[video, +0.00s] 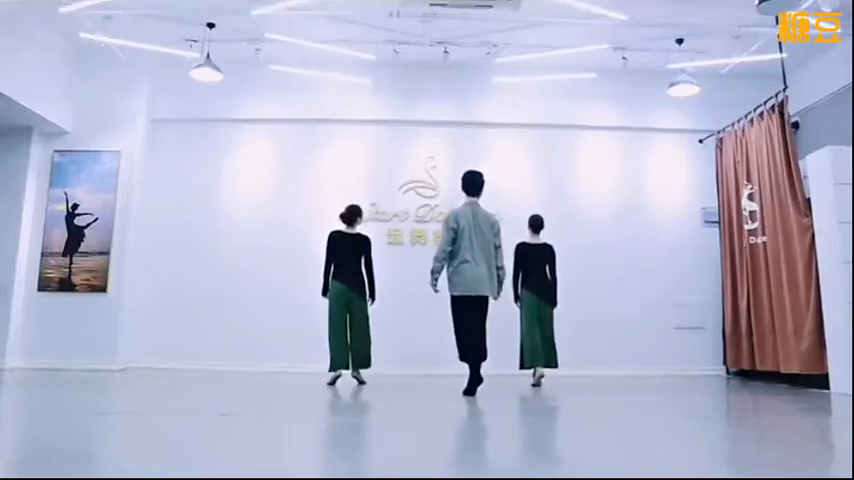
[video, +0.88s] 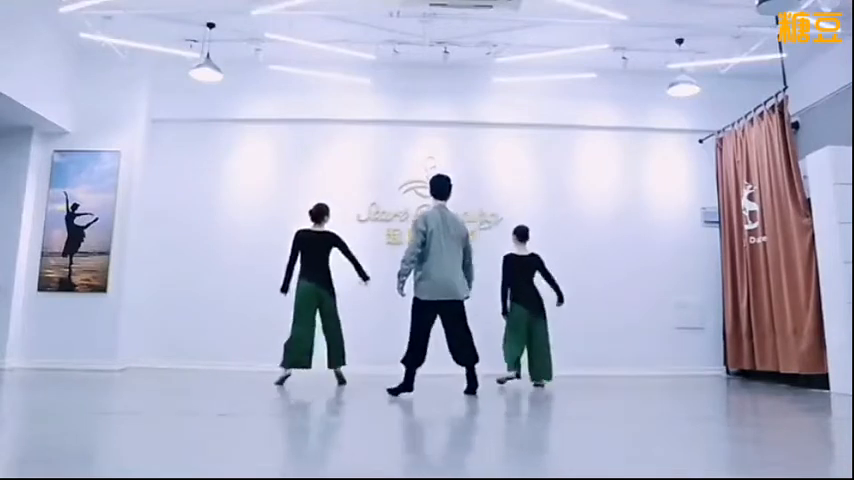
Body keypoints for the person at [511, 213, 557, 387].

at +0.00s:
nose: (532, 229)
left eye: (531, 226)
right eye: (536, 226)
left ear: (528, 227)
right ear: (542, 228)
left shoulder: (521, 247)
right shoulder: (548, 248)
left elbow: (516, 272)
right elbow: (553, 274)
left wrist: (515, 293)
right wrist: (554, 296)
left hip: (528, 291)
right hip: (545, 292)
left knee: (531, 329)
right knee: (543, 329)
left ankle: (538, 367)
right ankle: (539, 368)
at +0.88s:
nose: (512, 239)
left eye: (512, 236)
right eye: (515, 236)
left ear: (514, 238)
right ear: (527, 239)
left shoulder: (508, 259)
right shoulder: (534, 258)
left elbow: (505, 285)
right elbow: (547, 277)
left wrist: (504, 306)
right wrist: (559, 293)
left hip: (518, 303)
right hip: (535, 303)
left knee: (513, 337)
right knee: (538, 339)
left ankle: (513, 369)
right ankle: (538, 377)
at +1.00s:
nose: (503, 232)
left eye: (503, 230)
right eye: (504, 229)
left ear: (506, 230)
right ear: (518, 230)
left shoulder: (500, 249)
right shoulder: (525, 248)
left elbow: (494, 274)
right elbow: (542, 256)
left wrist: (492, 295)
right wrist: (553, 263)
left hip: (506, 296)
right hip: (524, 297)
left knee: (499, 332)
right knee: (531, 334)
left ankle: (489, 367)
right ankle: (537, 371)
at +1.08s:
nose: (499, 229)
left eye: (499, 227)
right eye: (500, 227)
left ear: (500, 227)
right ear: (514, 228)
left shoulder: (495, 245)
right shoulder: (521, 244)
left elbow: (489, 270)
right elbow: (538, 250)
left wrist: (486, 292)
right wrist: (547, 254)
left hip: (500, 292)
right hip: (518, 293)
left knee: (494, 329)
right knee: (525, 330)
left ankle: (484, 367)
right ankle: (534, 370)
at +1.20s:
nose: (489, 232)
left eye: (489, 230)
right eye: (493, 230)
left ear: (489, 230)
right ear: (503, 229)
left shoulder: (484, 246)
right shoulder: (509, 246)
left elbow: (477, 272)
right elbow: (518, 255)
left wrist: (474, 294)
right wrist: (522, 248)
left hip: (489, 290)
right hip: (506, 290)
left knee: (486, 329)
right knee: (506, 328)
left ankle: (484, 369)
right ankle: (507, 369)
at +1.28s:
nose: (487, 236)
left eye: (486, 233)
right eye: (491, 233)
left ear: (485, 233)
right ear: (498, 232)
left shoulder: (480, 249)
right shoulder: (506, 250)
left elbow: (474, 275)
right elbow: (506, 267)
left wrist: (470, 298)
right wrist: (510, 251)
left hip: (485, 292)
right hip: (503, 293)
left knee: (485, 331)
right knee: (497, 330)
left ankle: (486, 370)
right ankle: (490, 370)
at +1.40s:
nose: (480, 244)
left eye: (479, 242)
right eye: (483, 242)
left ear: (478, 241)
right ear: (492, 241)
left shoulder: (473, 257)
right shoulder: (500, 258)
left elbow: (468, 283)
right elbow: (498, 278)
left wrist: (464, 306)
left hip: (477, 300)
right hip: (496, 301)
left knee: (474, 336)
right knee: (489, 337)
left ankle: (478, 372)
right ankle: (484, 371)